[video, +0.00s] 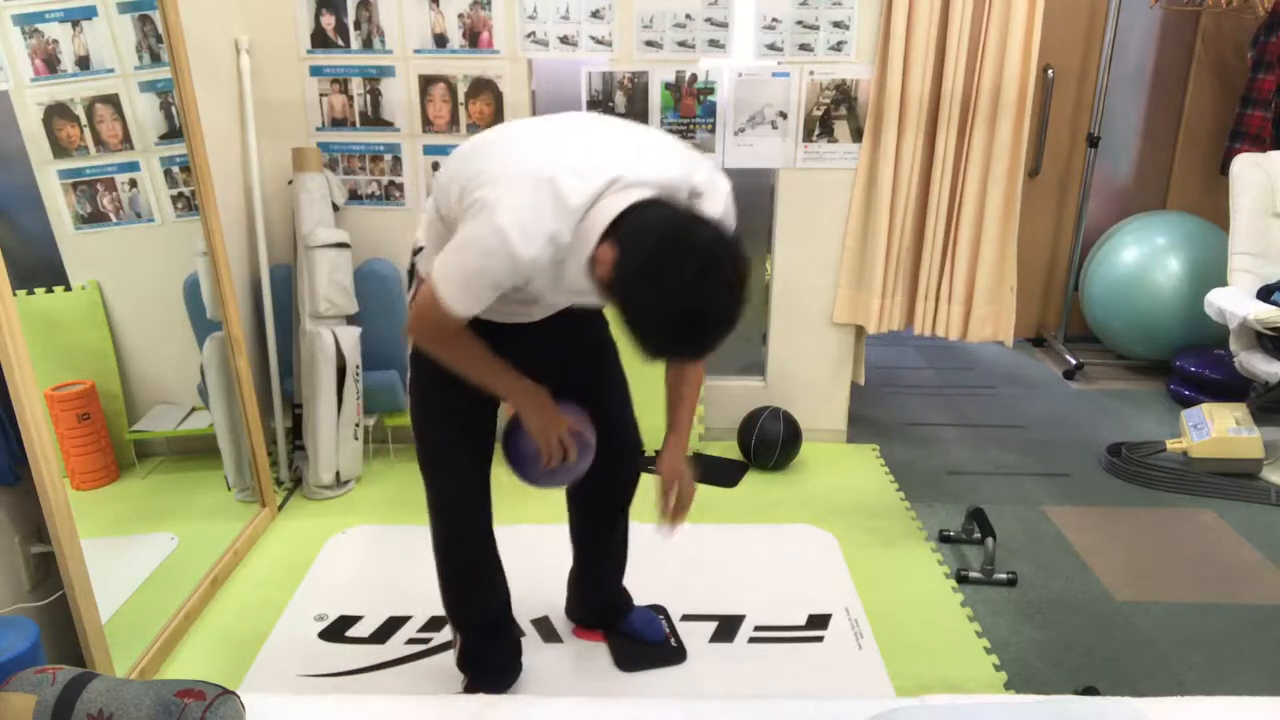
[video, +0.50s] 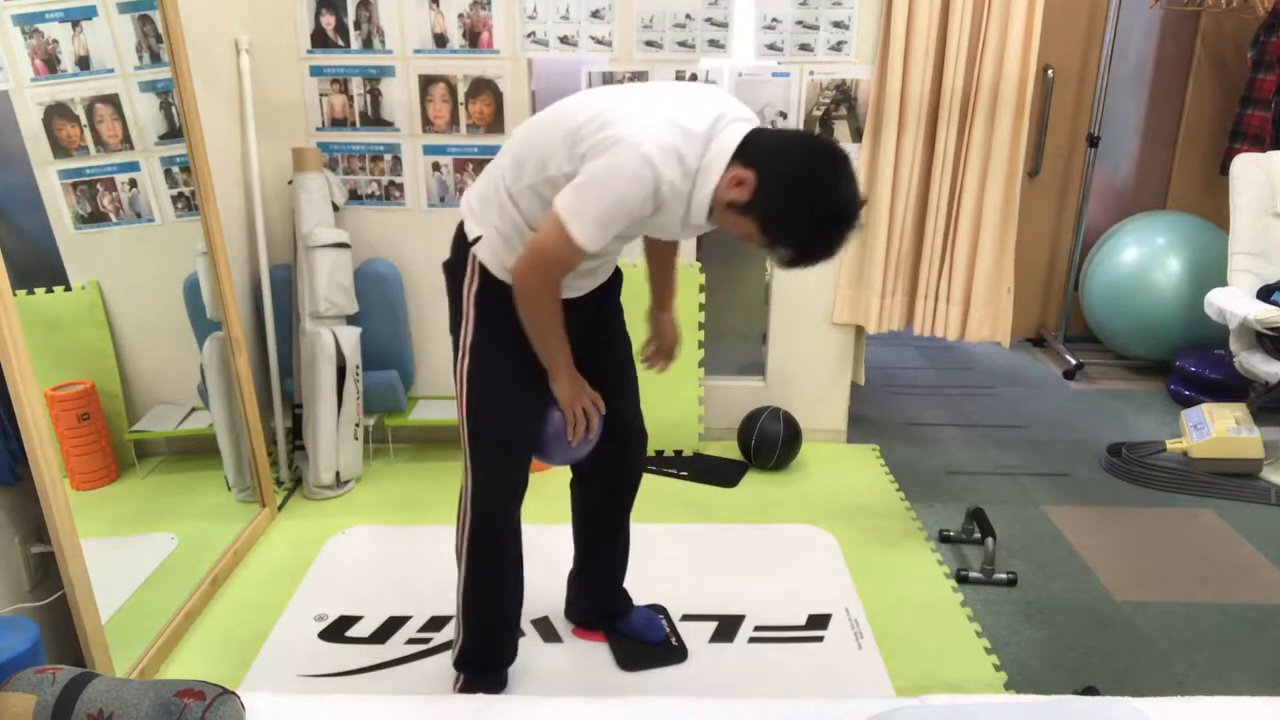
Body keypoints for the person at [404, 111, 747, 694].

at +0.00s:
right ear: (607, 265)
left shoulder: (710, 200)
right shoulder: (512, 232)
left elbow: (690, 334)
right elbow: (427, 323)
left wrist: (678, 442)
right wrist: (529, 399)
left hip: (567, 292)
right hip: (465, 290)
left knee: (613, 450)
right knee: (457, 489)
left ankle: (598, 600)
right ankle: (487, 652)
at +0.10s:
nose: (654, 300)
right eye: (663, 294)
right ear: (642, 241)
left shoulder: (723, 177)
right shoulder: (540, 216)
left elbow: (699, 286)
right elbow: (445, 306)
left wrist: (692, 384)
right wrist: (536, 385)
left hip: (573, 286)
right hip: (472, 289)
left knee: (621, 444)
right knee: (455, 491)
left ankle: (599, 599)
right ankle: (485, 666)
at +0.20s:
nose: (691, 284)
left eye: (706, 285)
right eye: (693, 274)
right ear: (674, 226)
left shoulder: (735, 170)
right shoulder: (570, 204)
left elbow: (706, 257)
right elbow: (464, 296)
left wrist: (701, 340)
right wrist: (541, 379)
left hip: (577, 278)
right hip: (481, 284)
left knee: (622, 446)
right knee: (467, 489)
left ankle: (599, 599)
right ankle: (483, 665)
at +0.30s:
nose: (716, 271)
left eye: (726, 270)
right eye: (717, 261)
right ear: (698, 213)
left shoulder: (736, 154)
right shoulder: (595, 192)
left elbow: (696, 230)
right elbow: (485, 285)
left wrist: (700, 315)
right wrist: (551, 376)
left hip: (582, 273)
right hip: (489, 274)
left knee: (620, 440)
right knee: (482, 482)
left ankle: (598, 598)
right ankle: (487, 663)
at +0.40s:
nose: (728, 259)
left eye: (741, 261)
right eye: (737, 253)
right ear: (723, 203)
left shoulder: (735, 145)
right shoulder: (621, 175)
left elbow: (679, 217)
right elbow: (507, 279)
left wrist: (685, 307)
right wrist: (557, 375)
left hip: (587, 268)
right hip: (496, 268)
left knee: (617, 445)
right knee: (495, 477)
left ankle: (597, 601)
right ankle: (486, 665)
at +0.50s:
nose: (745, 246)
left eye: (759, 245)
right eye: (755, 239)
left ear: (743, 178)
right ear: (739, 188)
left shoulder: (736, 140)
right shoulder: (641, 162)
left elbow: (668, 211)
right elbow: (531, 274)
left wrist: (663, 308)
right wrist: (563, 375)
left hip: (589, 266)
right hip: (501, 262)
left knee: (618, 441)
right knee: (498, 474)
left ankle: (597, 600)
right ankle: (482, 664)